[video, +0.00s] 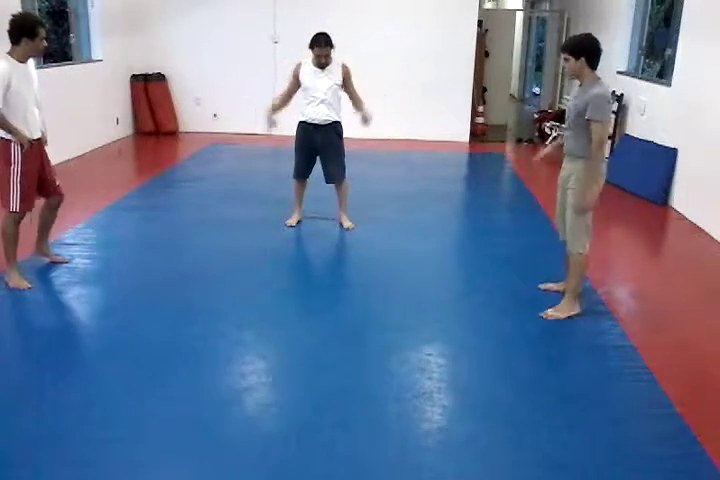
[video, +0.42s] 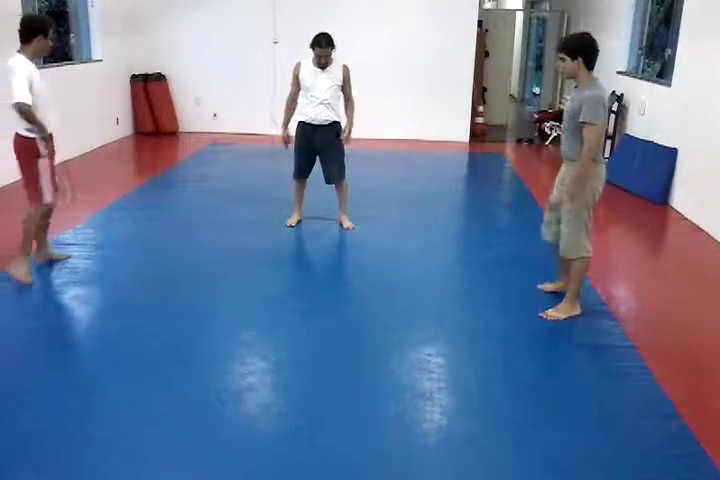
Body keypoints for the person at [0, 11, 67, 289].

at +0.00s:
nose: (46, 44)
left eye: (45, 38)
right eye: (42, 39)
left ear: (27, 41)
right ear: (25, 40)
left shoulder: (29, 65)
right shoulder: (5, 68)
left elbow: (33, 102)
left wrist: (42, 130)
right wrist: (17, 133)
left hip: (34, 142)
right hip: (12, 145)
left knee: (55, 197)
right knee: (14, 211)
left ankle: (42, 245)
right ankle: (11, 269)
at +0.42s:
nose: (51, 44)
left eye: (51, 39)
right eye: (49, 38)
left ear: (29, 38)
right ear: (39, 38)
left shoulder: (28, 65)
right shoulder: (18, 66)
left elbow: (29, 104)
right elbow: (21, 105)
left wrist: (46, 131)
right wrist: (45, 132)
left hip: (39, 139)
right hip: (29, 140)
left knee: (49, 198)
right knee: (41, 202)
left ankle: (43, 250)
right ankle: (22, 258)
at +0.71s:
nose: (57, 46)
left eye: (57, 41)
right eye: (56, 41)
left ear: (34, 37)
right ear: (49, 40)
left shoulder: (18, 61)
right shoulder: (42, 63)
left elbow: (4, 94)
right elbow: (52, 98)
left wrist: (22, 118)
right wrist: (62, 125)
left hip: (24, 136)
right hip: (45, 137)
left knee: (39, 193)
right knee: (77, 185)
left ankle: (40, 250)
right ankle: (65, 243)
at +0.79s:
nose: (61, 47)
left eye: (62, 42)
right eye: (61, 42)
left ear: (37, 37)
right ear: (55, 40)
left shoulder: (20, 62)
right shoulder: (48, 63)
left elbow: (2, 93)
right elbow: (61, 97)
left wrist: (20, 118)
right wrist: (67, 123)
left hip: (26, 136)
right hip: (49, 136)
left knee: (40, 193)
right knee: (76, 184)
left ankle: (41, 250)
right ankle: (72, 240)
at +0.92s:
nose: (65, 46)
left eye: (66, 42)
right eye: (65, 41)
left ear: (41, 38)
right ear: (60, 40)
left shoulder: (23, 62)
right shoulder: (57, 66)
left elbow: (2, 92)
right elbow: (75, 98)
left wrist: (20, 119)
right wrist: (75, 124)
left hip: (31, 135)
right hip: (57, 136)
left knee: (44, 192)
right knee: (72, 187)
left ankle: (42, 249)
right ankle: (70, 234)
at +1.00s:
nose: (69, 46)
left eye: (68, 41)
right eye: (68, 41)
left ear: (43, 38)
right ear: (64, 40)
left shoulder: (25, 63)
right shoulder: (63, 67)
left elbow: (4, 93)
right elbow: (83, 100)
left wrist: (23, 119)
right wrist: (79, 123)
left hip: (34, 134)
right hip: (60, 135)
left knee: (46, 190)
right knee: (71, 186)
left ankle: (44, 247)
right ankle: (70, 235)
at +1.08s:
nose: (72, 44)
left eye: (72, 40)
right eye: (72, 40)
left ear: (48, 37)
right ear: (66, 39)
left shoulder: (29, 60)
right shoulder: (68, 65)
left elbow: (5, 89)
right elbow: (89, 98)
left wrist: (26, 117)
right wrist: (80, 121)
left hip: (37, 132)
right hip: (62, 133)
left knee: (49, 188)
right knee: (72, 184)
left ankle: (45, 240)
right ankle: (70, 234)